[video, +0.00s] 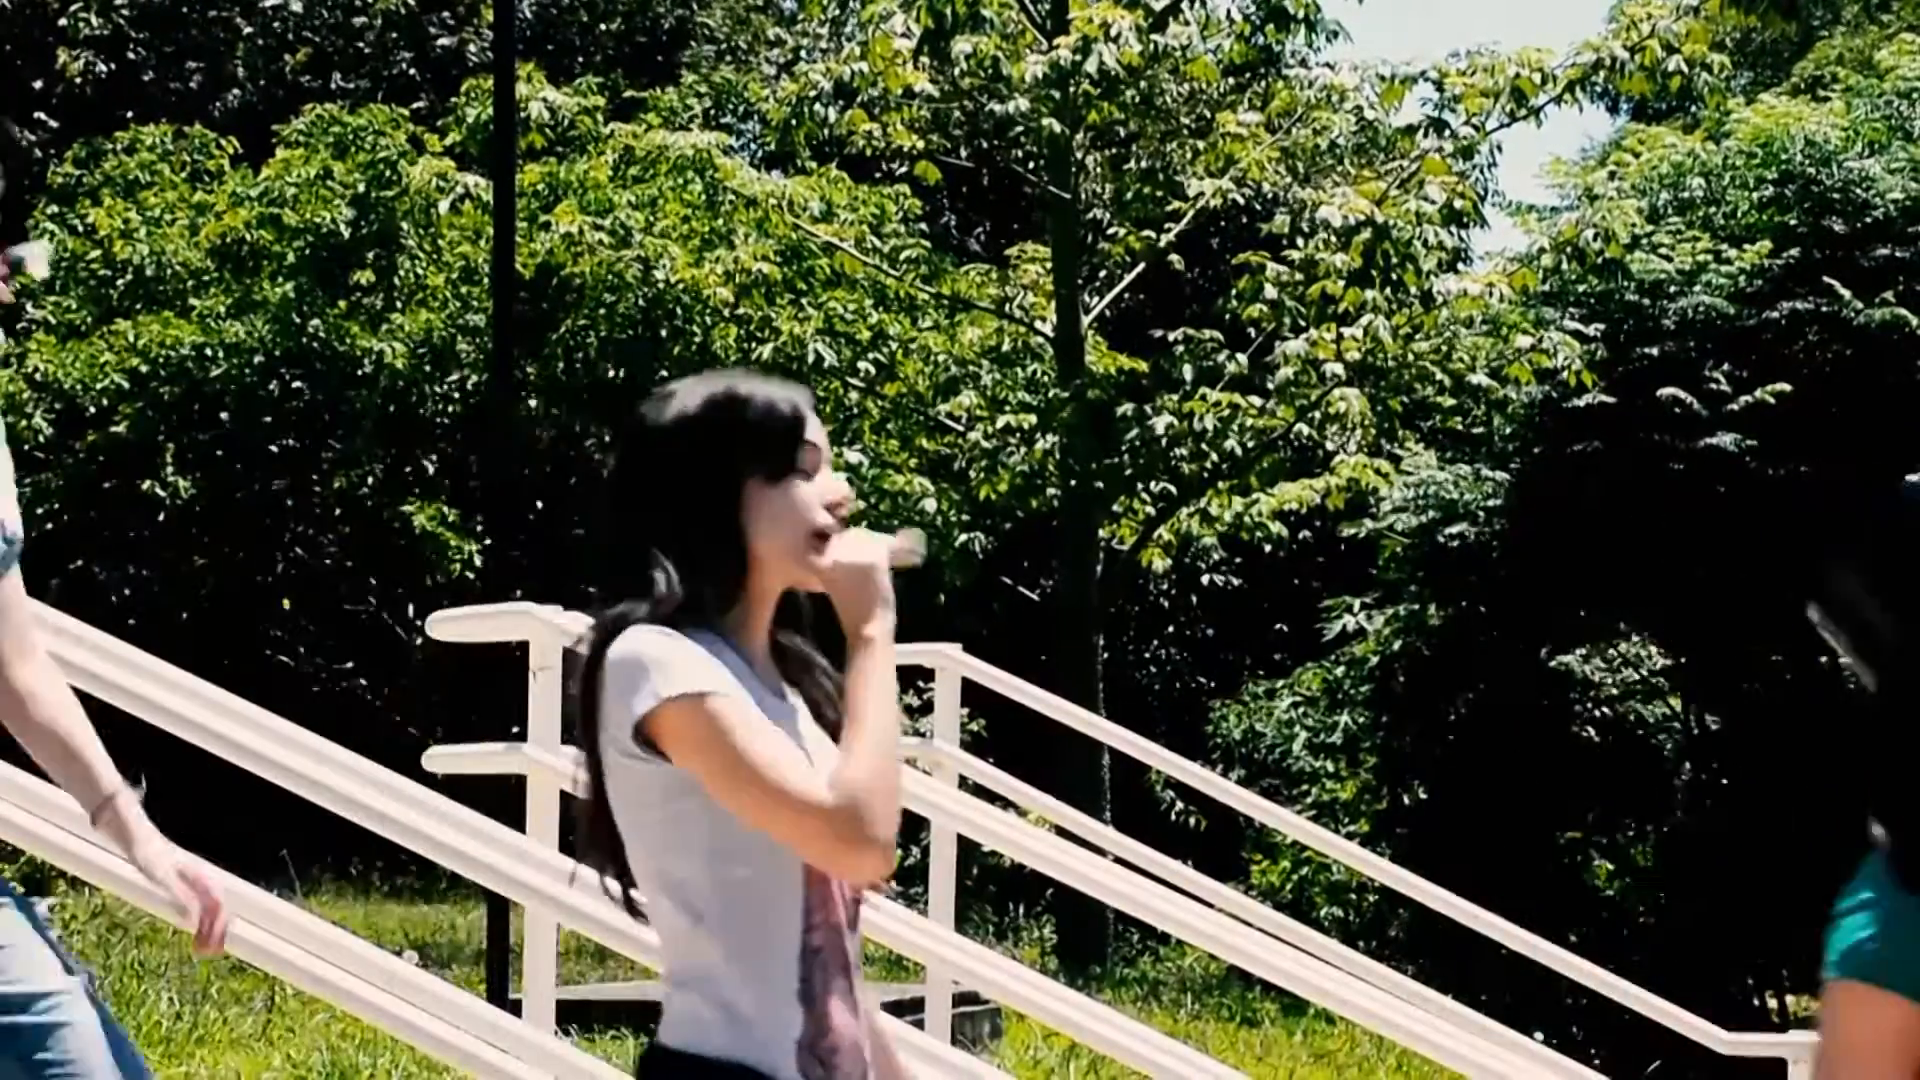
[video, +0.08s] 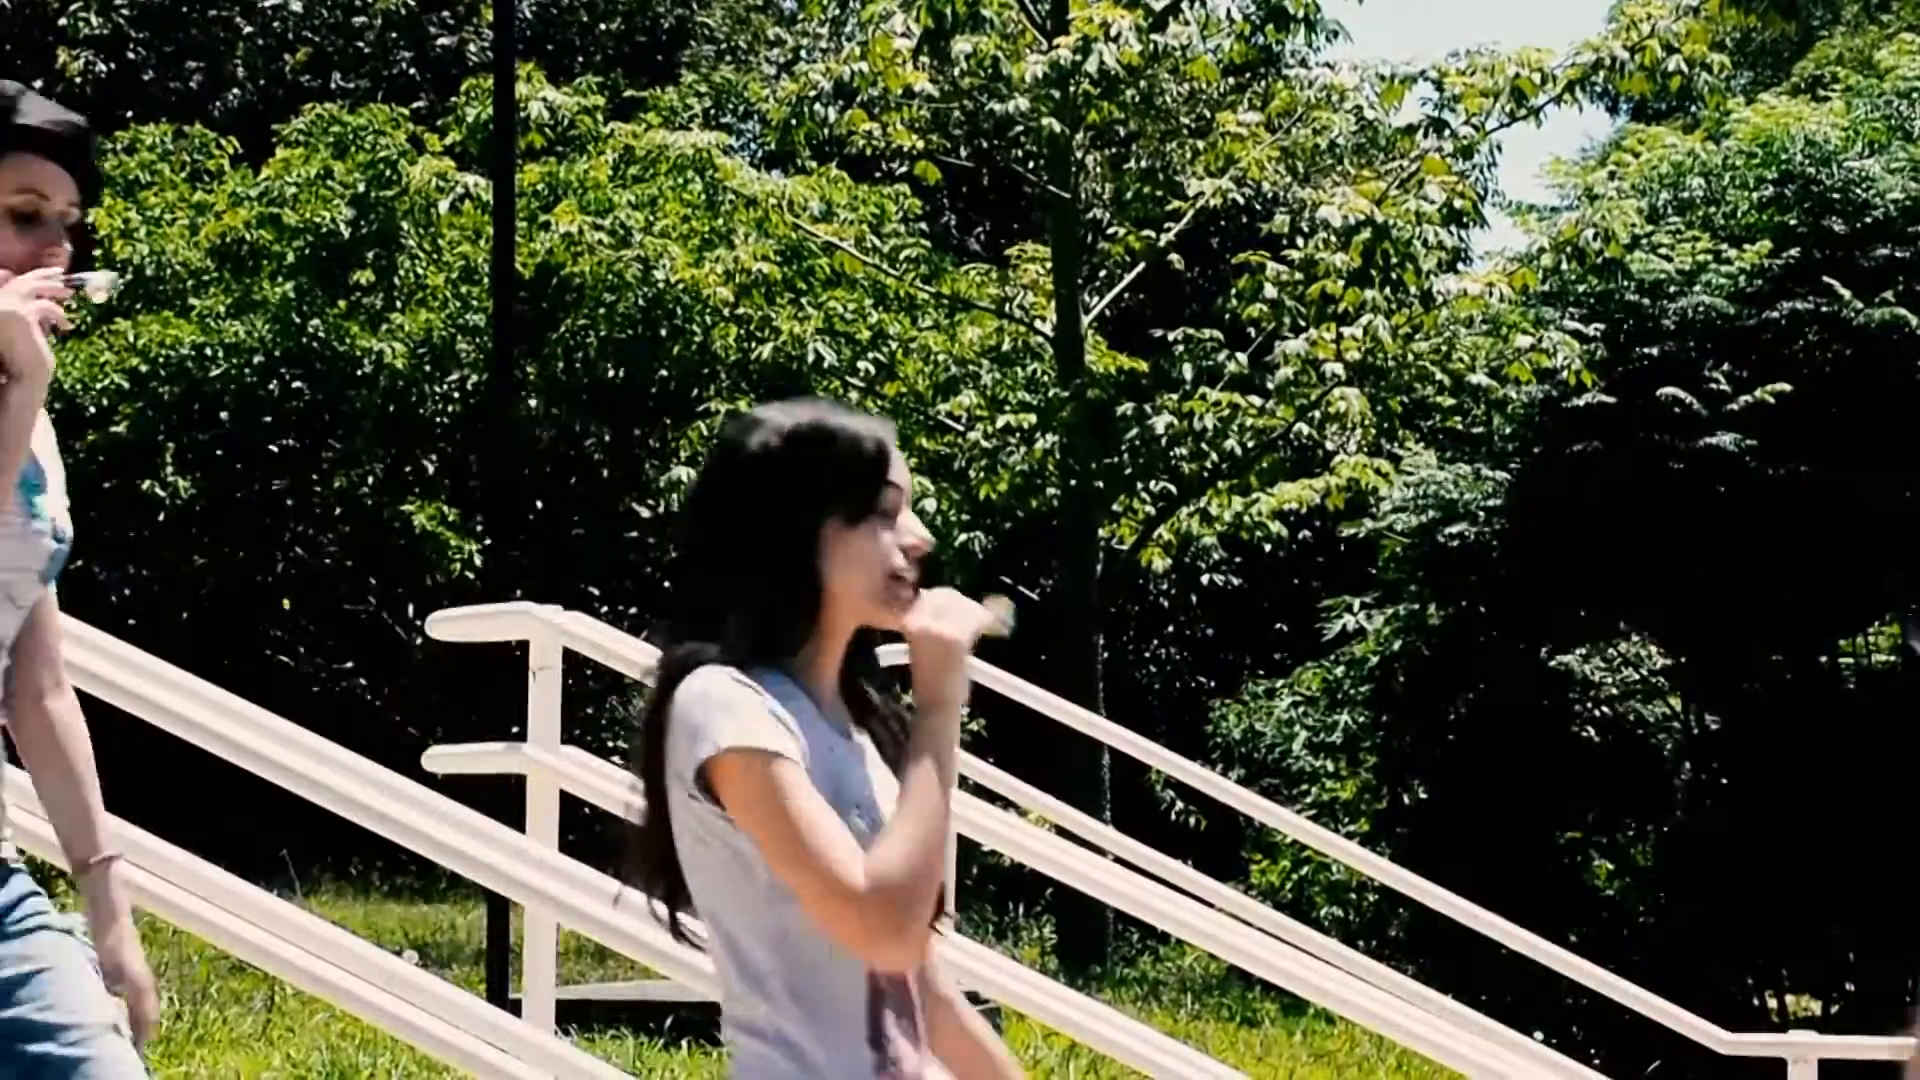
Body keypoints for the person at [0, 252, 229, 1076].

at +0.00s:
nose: (9, 290)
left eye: (14, 271)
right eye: (6, 271)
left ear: (18, 275)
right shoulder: (0, 458)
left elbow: (21, 655)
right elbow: (21, 656)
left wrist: (125, 816)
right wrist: (123, 819)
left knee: (97, 1065)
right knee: (83, 1063)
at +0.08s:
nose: (58, 251)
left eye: (70, 226)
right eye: (26, 216)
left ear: (79, 238)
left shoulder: (27, 412)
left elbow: (41, 687)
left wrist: (106, 907)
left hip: (2, 880)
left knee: (103, 1066)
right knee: (90, 1060)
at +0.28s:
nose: (210, 285)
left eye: (223, 261)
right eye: (180, 250)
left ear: (230, 271)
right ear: (88, 241)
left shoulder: (178, 428)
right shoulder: (10, 377)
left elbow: (139, 672)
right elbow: (76, 600)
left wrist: (163, 863)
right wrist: (158, 392)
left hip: (167, 911)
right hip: (36, 907)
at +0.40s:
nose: (294, 342)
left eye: (304, 318)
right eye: (263, 309)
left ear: (313, 329)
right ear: (174, 311)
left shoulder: (250, 494)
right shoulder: (77, 458)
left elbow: (228, 738)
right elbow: (171, 701)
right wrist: (264, 488)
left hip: (258, 973)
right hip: (118, 975)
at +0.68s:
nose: (449, 322)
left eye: (459, 298)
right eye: (409, 297)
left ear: (477, 321)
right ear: (336, 324)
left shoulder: (466, 508)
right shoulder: (263, 476)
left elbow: (543, 763)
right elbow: (388, 697)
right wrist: (434, 474)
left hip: (438, 988)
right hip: (307, 982)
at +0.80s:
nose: (524, 362)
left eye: (532, 339)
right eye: (480, 342)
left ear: (549, 366)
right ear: (406, 377)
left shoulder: (544, 561)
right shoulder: (340, 533)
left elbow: (657, 796)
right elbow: (490, 727)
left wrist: (832, 906)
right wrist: (515, 502)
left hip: (538, 1033)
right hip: (400, 1033)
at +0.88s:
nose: (579, 402)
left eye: (589, 382)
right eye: (538, 384)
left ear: (609, 413)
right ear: (467, 422)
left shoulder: (612, 613)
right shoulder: (407, 579)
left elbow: (723, 860)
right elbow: (553, 769)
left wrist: (909, 996)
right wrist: (575, 549)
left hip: (608, 1045)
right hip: (455, 1045)